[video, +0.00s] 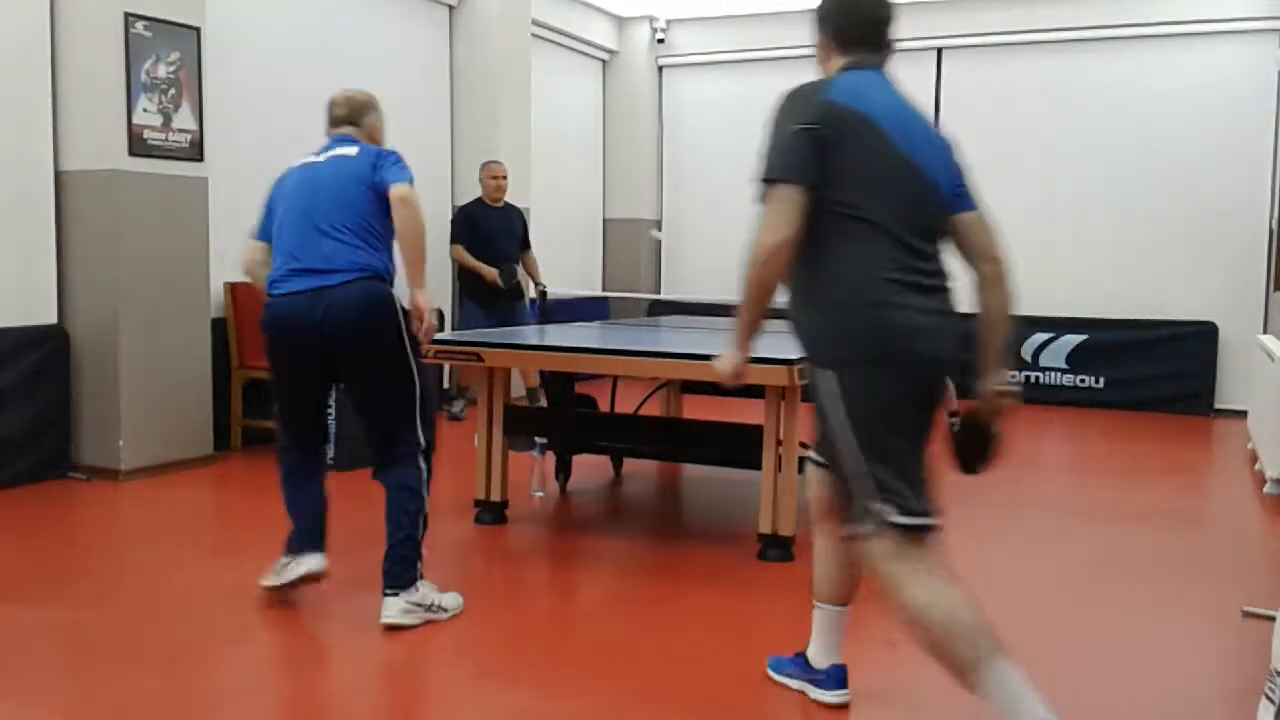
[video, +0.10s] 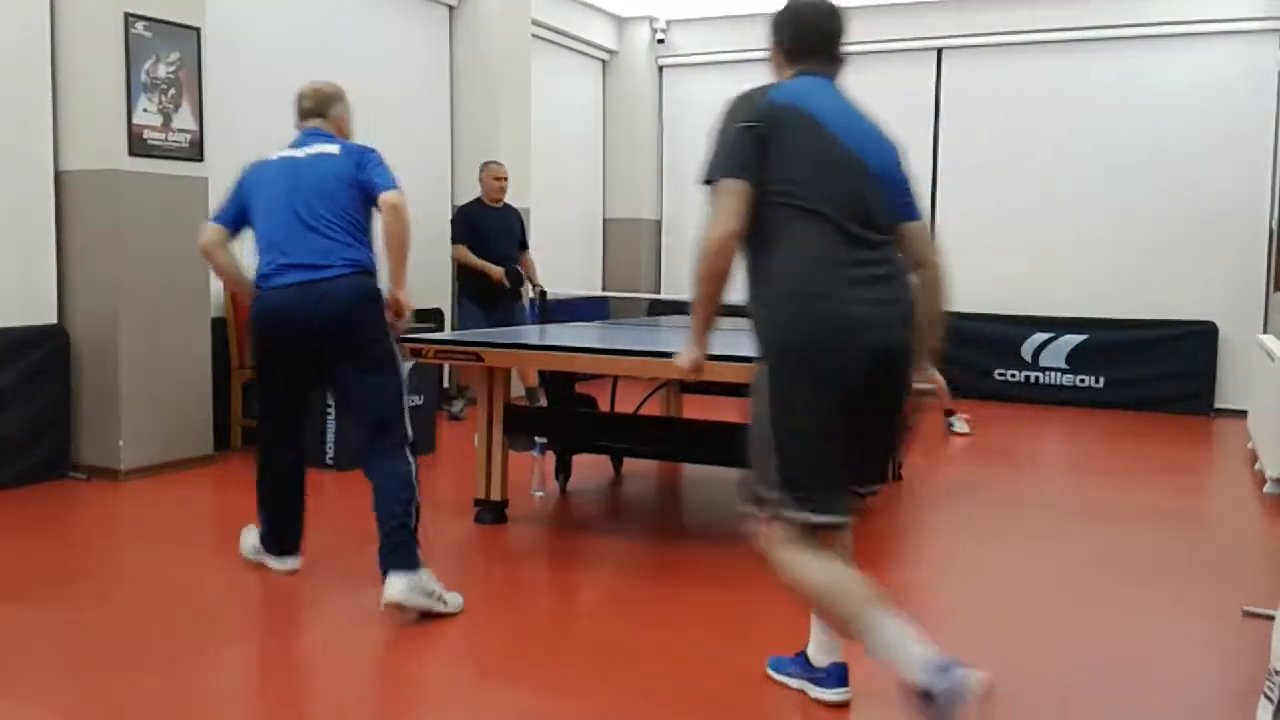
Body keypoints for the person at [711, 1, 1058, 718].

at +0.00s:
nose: (814, 50)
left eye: (816, 38)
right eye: (825, 37)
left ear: (823, 43)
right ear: (886, 46)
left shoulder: (810, 106)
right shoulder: (923, 129)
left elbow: (778, 239)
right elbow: (989, 260)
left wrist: (739, 345)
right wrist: (993, 377)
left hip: (855, 348)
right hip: (925, 344)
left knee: (892, 551)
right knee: (831, 493)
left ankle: (1028, 707)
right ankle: (822, 662)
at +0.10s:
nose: (773, 57)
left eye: (773, 46)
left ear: (777, 51)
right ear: (839, 55)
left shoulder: (757, 110)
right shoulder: (872, 133)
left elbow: (726, 231)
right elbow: (925, 259)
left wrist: (695, 340)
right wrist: (924, 361)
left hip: (804, 345)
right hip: (883, 343)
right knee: (833, 506)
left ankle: (932, 672)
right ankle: (823, 661)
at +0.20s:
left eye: (728, 61)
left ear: (729, 63)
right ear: (792, 66)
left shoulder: (710, 115)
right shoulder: (826, 138)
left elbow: (674, 232)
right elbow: (870, 266)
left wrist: (658, 338)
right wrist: (849, 345)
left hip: (752, 334)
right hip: (841, 338)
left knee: (678, 498)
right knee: (809, 493)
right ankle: (828, 664)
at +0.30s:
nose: (682, 87)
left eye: (680, 77)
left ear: (683, 79)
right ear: (743, 82)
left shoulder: (661, 134)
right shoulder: (778, 148)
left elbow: (624, 246)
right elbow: (818, 262)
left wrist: (610, 347)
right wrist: (782, 327)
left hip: (701, 340)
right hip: (794, 346)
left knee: (587, 472)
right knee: (788, 492)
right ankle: (823, 660)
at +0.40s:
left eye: (633, 84)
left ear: (630, 87)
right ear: (690, 90)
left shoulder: (606, 148)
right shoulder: (722, 156)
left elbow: (561, 259)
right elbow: (758, 270)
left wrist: (557, 349)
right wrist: (704, 308)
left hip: (635, 360)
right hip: (731, 364)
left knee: (516, 477)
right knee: (768, 498)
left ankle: (433, 636)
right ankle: (823, 657)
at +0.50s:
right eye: (625, 77)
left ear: (571, 78)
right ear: (631, 82)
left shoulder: (534, 142)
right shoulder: (658, 155)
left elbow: (478, 262)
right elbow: (704, 277)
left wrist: (513, 325)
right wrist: (659, 322)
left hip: (543, 359)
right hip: (642, 360)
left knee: (453, 484)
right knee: (716, 488)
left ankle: (410, 649)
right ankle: (801, 640)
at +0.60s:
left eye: (525, 60)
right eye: (566, 67)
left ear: (514, 66)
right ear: (575, 73)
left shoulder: (463, 127)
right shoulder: (596, 149)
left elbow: (402, 239)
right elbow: (640, 275)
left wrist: (439, 302)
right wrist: (626, 309)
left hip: (466, 339)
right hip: (562, 345)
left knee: (407, 479)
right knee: (635, 473)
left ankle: (404, 650)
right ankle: (686, 642)